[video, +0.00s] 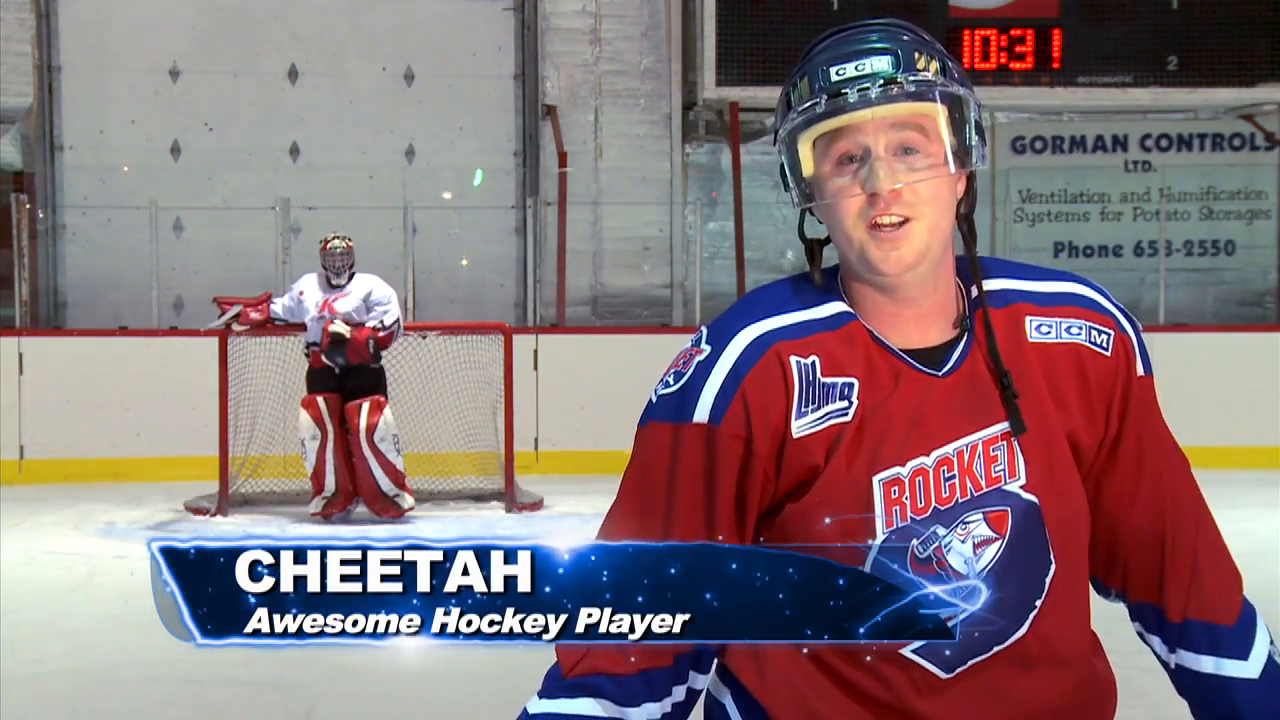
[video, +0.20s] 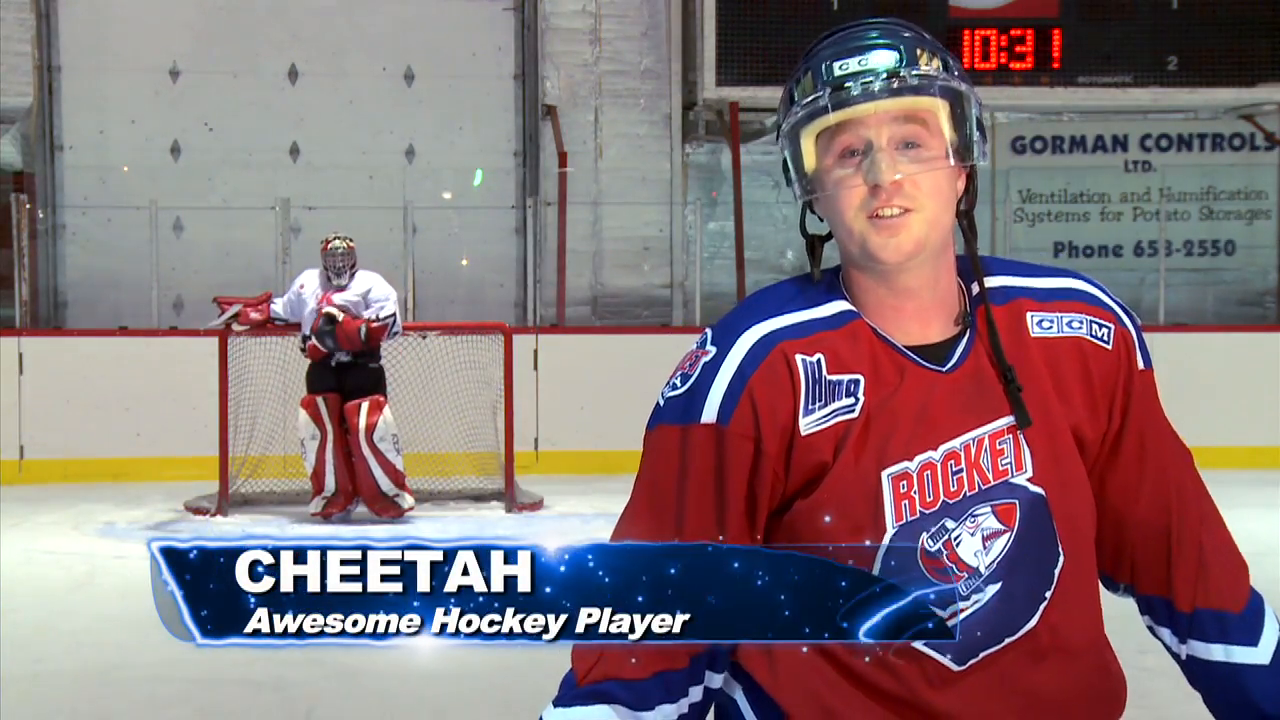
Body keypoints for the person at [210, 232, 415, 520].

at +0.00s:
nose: (338, 263)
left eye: (343, 257)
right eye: (332, 258)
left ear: (352, 258)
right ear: (323, 260)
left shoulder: (371, 286)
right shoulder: (307, 287)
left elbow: (389, 326)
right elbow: (281, 310)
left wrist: (352, 333)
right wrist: (245, 311)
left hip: (363, 374)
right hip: (323, 374)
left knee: (369, 431)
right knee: (322, 433)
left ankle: (391, 498)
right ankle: (332, 499)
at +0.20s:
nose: (339, 264)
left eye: (344, 258)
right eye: (333, 258)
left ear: (353, 258)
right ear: (324, 260)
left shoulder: (371, 283)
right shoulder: (308, 282)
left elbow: (389, 322)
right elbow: (284, 310)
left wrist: (354, 331)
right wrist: (249, 312)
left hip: (363, 370)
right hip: (322, 371)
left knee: (368, 431)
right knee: (325, 433)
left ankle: (390, 499)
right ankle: (333, 500)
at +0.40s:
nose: (339, 265)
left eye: (344, 259)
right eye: (333, 260)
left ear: (355, 259)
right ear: (325, 261)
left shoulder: (372, 282)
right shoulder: (308, 280)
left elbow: (391, 318)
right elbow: (285, 309)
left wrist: (364, 320)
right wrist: (252, 311)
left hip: (362, 368)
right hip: (322, 369)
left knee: (367, 430)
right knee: (323, 432)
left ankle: (390, 498)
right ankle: (331, 499)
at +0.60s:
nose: (340, 265)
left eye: (346, 259)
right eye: (334, 260)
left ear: (356, 260)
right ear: (326, 260)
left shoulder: (371, 284)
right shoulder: (308, 282)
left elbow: (393, 321)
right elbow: (284, 309)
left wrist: (362, 315)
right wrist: (250, 312)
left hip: (362, 370)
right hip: (322, 371)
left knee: (367, 432)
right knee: (323, 433)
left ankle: (389, 499)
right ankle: (332, 501)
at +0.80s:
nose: (339, 262)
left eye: (345, 257)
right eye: (333, 257)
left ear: (354, 259)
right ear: (325, 258)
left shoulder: (370, 286)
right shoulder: (308, 285)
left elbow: (396, 317)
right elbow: (282, 310)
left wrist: (365, 326)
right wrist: (250, 313)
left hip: (361, 372)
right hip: (321, 374)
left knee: (365, 435)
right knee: (324, 436)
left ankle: (390, 499)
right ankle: (333, 499)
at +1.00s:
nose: (340, 263)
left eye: (346, 257)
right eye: (334, 257)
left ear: (355, 259)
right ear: (325, 259)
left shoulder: (372, 289)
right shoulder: (308, 286)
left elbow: (399, 325)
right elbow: (281, 310)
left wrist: (378, 356)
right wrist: (247, 314)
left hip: (359, 372)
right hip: (320, 374)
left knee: (365, 434)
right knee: (325, 435)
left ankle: (389, 497)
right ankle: (334, 497)